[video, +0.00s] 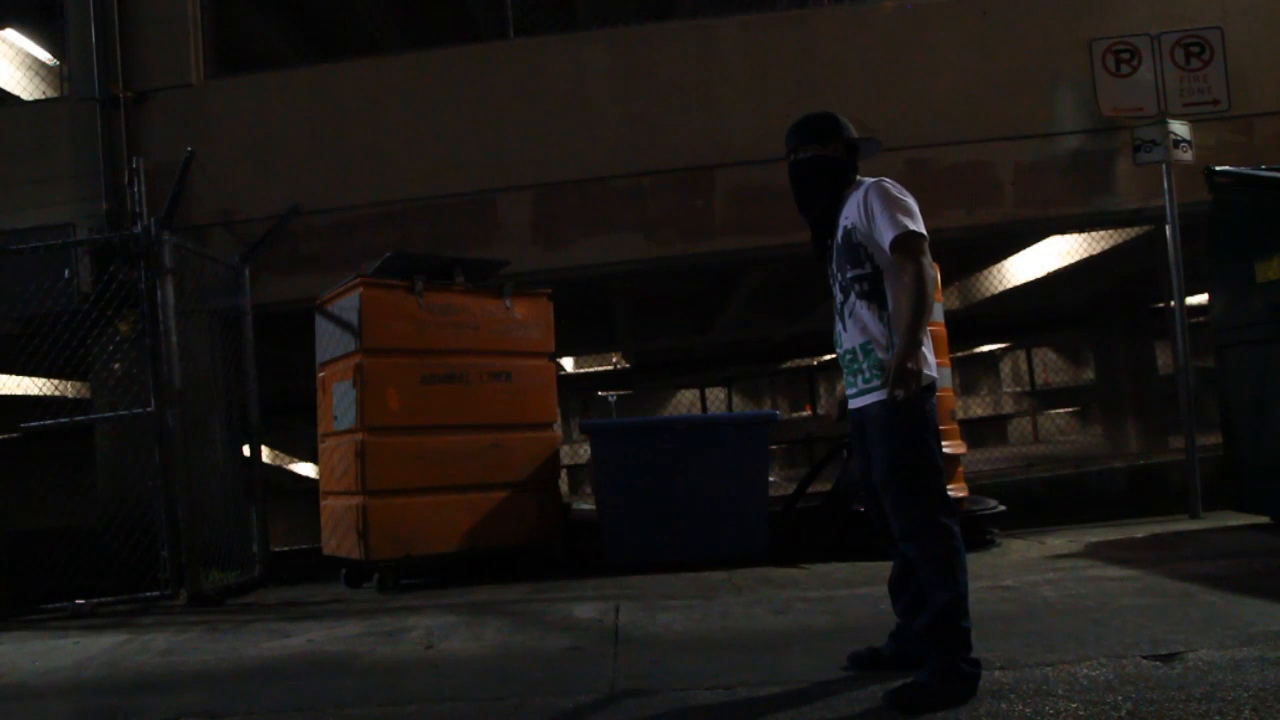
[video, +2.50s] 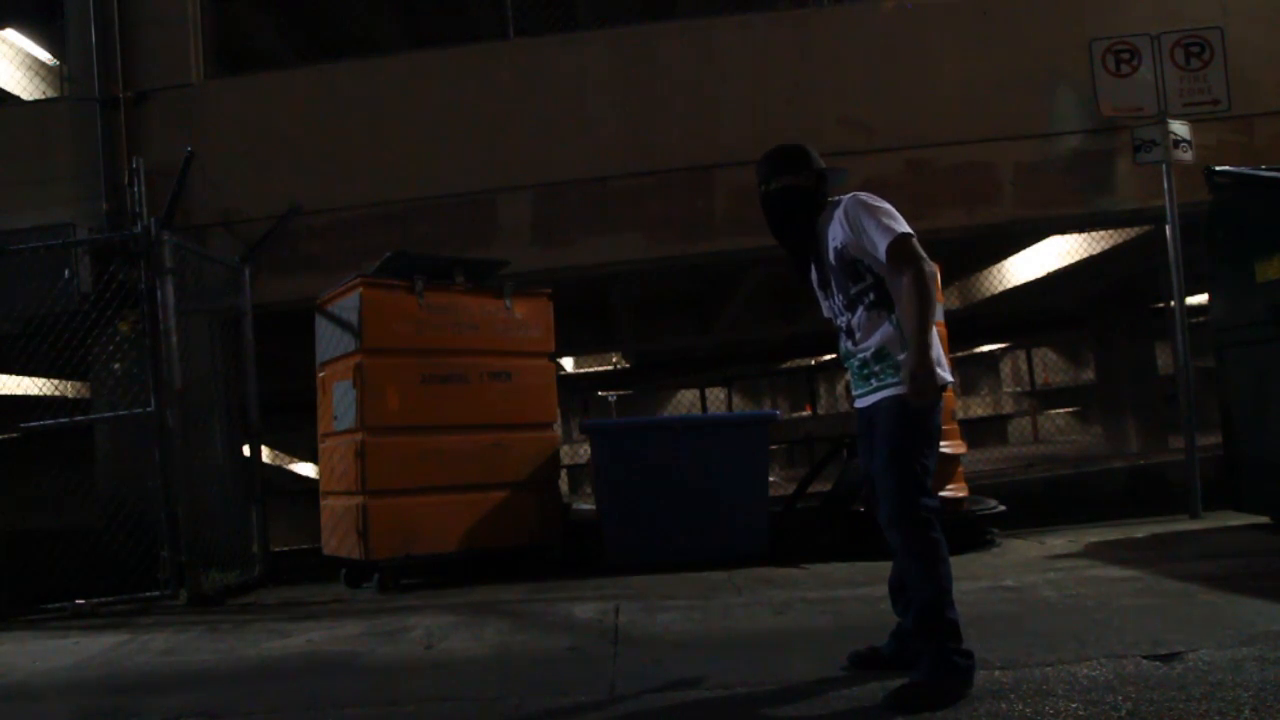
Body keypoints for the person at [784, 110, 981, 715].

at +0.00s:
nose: (800, 176)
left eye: (809, 162)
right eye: (795, 166)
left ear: (838, 158)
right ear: (800, 168)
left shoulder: (875, 194)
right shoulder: (843, 222)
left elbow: (916, 264)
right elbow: (862, 311)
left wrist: (907, 349)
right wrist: (853, 390)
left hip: (902, 393)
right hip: (873, 399)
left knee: (926, 522)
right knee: (900, 523)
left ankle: (952, 663)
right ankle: (914, 639)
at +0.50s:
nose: (782, 193)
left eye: (790, 178)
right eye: (778, 182)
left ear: (817, 171)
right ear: (790, 182)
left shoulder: (861, 203)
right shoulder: (828, 233)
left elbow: (918, 267)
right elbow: (865, 310)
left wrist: (916, 336)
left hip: (904, 392)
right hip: (875, 398)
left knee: (916, 522)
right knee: (897, 522)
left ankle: (948, 661)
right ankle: (914, 638)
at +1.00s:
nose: (773, 207)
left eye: (778, 193)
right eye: (768, 197)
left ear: (806, 182)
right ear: (784, 194)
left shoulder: (852, 206)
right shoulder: (823, 244)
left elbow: (912, 264)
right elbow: (861, 321)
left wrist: (912, 353)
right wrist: (860, 392)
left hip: (904, 393)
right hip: (876, 402)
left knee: (915, 520)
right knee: (897, 520)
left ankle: (947, 660)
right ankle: (914, 638)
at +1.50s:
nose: (776, 203)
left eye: (782, 188)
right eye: (770, 193)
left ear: (811, 180)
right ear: (779, 195)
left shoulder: (855, 207)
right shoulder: (825, 245)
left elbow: (914, 265)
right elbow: (865, 318)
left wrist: (910, 353)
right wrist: (864, 387)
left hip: (905, 393)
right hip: (877, 401)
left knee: (916, 521)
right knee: (899, 521)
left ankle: (947, 661)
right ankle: (914, 639)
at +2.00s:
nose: (777, 206)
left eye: (783, 191)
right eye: (772, 195)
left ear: (812, 181)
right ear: (790, 192)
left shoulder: (857, 207)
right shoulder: (828, 244)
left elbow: (916, 266)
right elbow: (866, 316)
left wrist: (910, 346)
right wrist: (864, 381)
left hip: (907, 392)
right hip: (878, 400)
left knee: (916, 520)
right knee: (898, 520)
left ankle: (946, 661)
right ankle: (914, 639)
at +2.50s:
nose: (770, 209)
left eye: (776, 194)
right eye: (766, 197)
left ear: (806, 185)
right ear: (783, 196)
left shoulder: (855, 210)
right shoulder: (821, 257)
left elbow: (918, 271)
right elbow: (858, 330)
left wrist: (920, 363)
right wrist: (865, 394)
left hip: (906, 393)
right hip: (875, 402)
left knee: (912, 518)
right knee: (896, 519)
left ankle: (945, 660)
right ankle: (914, 639)